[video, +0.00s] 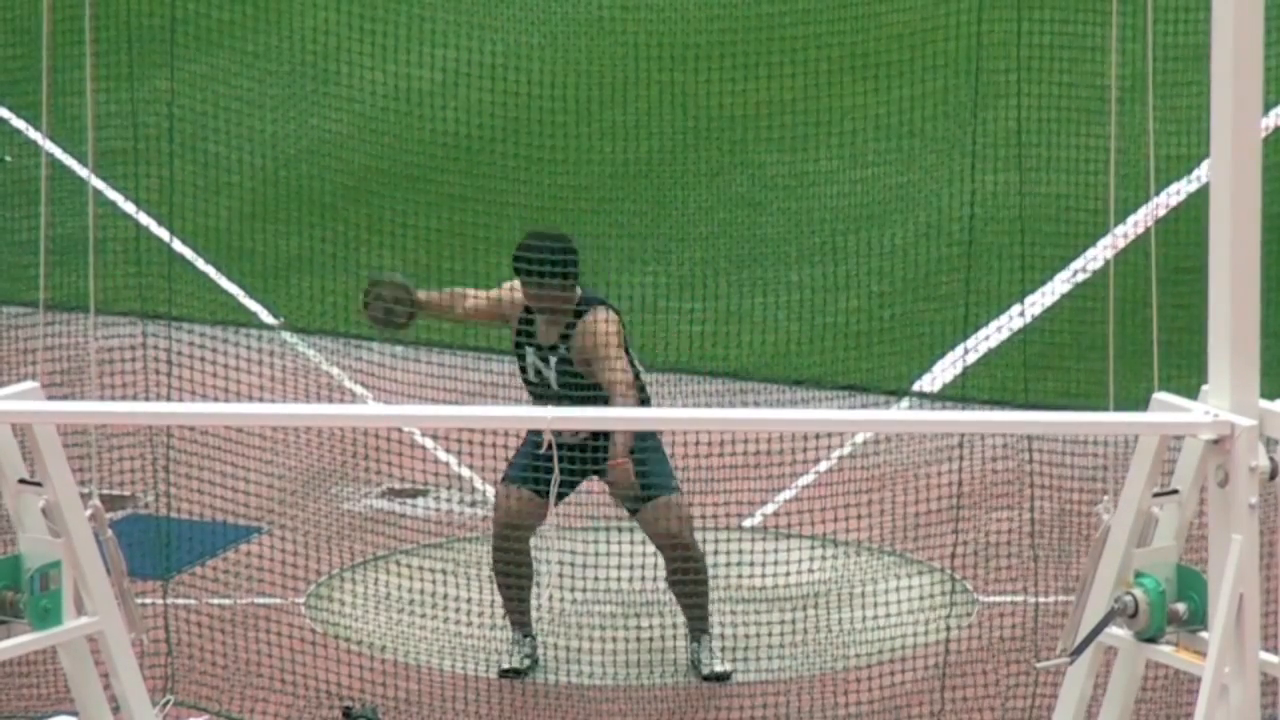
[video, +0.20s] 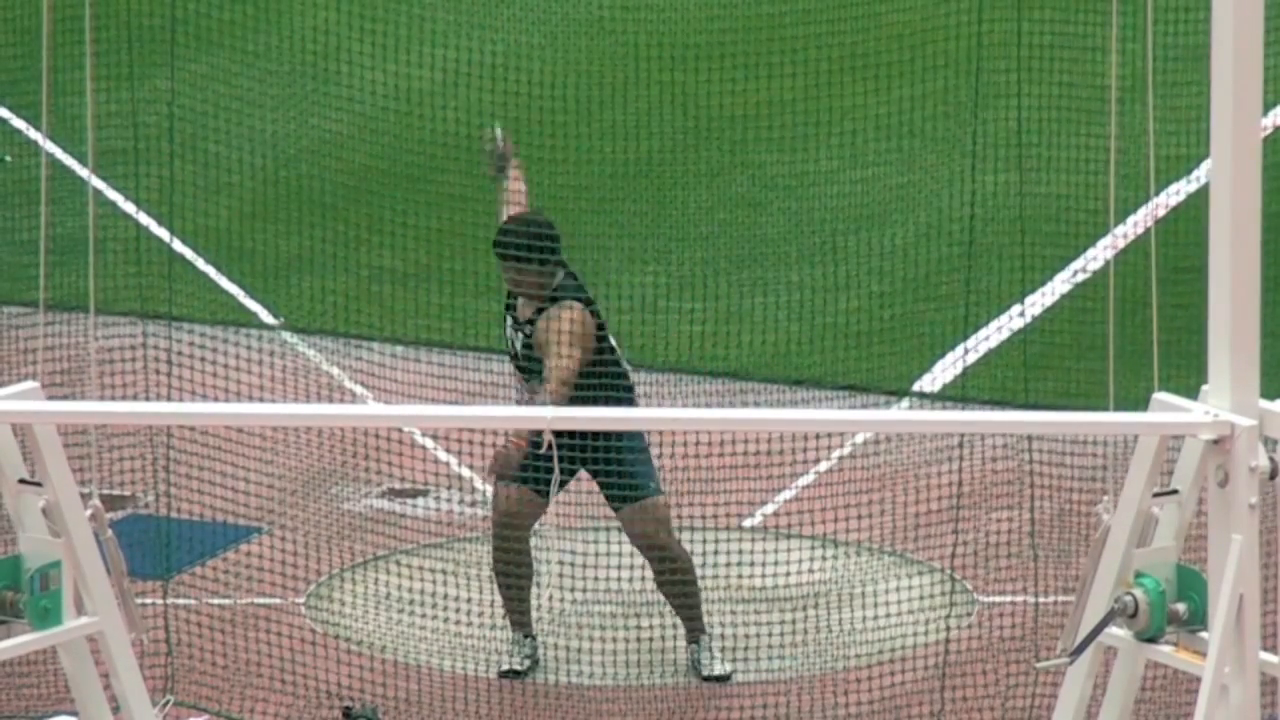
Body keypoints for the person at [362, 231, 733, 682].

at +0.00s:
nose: (542, 296)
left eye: (551, 288)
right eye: (534, 287)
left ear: (569, 286)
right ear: (524, 283)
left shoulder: (598, 323)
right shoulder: (515, 301)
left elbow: (624, 393)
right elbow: (463, 304)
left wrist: (621, 454)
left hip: (621, 434)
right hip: (558, 433)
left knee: (676, 536)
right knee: (508, 524)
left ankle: (702, 641)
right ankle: (522, 641)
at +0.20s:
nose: (514, 278)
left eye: (522, 270)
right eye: (509, 268)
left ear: (546, 266)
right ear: (505, 263)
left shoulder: (566, 314)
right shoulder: (526, 273)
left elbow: (558, 390)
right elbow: (515, 205)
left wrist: (519, 440)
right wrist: (509, 168)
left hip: (609, 429)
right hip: (553, 427)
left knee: (655, 539)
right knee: (508, 517)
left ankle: (699, 640)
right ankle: (522, 640)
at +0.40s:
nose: (504, 265)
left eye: (514, 258)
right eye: (503, 257)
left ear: (540, 258)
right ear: (506, 251)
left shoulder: (554, 309)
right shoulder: (540, 237)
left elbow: (520, 379)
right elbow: (551, 176)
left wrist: (459, 419)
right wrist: (568, 115)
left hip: (608, 421)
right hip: (547, 418)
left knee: (646, 529)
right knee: (516, 515)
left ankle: (701, 637)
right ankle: (524, 639)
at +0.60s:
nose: (522, 275)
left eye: (533, 267)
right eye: (517, 265)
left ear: (555, 263)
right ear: (513, 254)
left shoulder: (570, 311)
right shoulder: (538, 244)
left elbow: (540, 381)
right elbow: (544, 178)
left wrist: (479, 425)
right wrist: (548, 118)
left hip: (621, 416)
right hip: (559, 414)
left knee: (660, 527)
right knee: (523, 514)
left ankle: (702, 637)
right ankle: (527, 638)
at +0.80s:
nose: (597, 277)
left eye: (604, 268)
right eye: (587, 268)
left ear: (616, 267)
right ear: (568, 266)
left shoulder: (629, 316)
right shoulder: (548, 276)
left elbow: (658, 375)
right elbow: (511, 245)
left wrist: (666, 427)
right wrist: (481, 218)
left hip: (631, 425)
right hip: (564, 421)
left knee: (693, 513)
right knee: (522, 517)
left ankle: (687, 644)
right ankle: (528, 641)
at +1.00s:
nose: (701, 261)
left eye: (698, 254)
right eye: (693, 255)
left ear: (671, 265)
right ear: (667, 266)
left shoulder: (706, 296)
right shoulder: (611, 317)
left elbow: (772, 292)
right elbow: (538, 374)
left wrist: (842, 289)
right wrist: (484, 417)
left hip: (641, 452)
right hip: (589, 445)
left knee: (717, 532)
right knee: (571, 534)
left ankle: (698, 655)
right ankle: (504, 620)